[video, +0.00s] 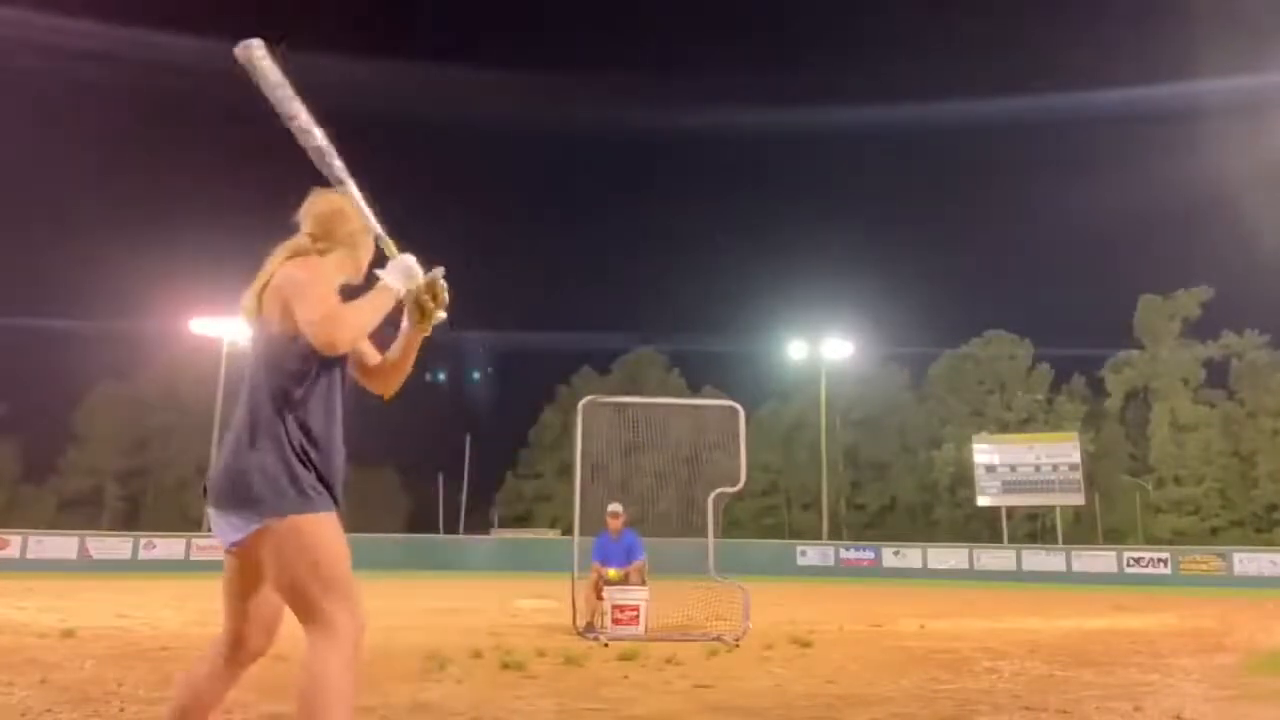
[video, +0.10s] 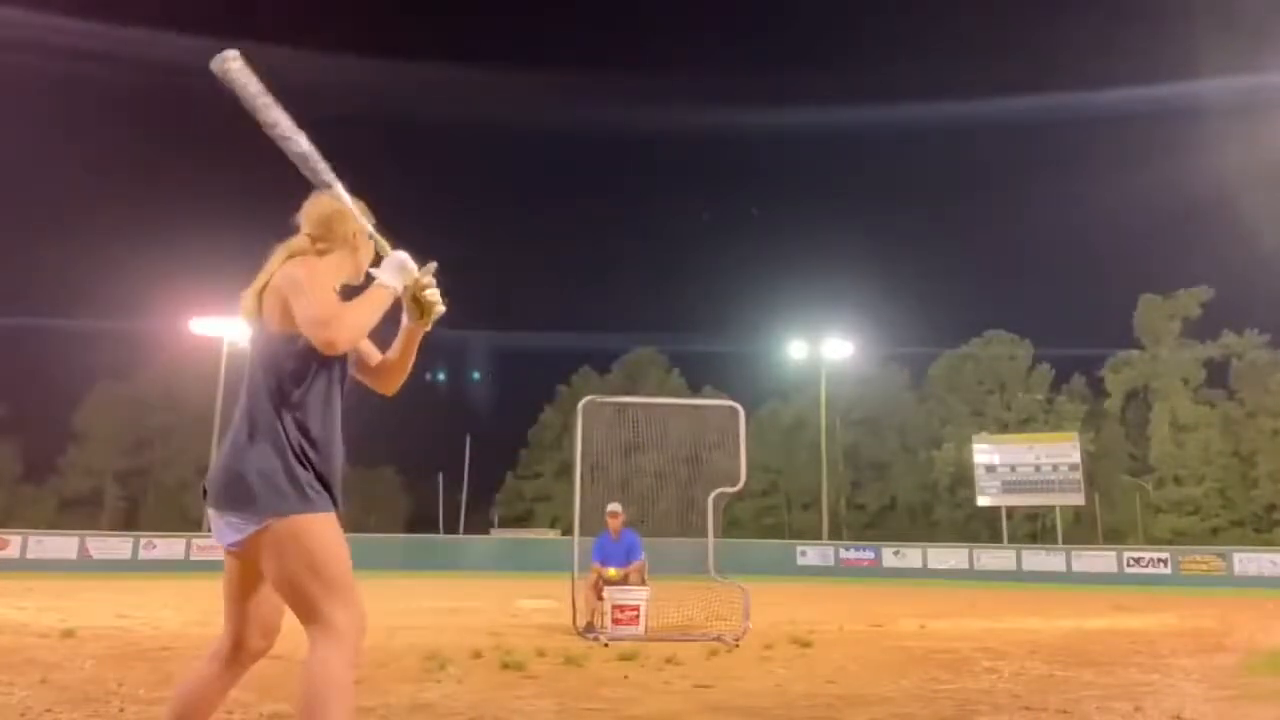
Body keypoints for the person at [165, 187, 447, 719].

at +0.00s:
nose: (373, 256)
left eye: (374, 245)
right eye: (370, 244)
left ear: (318, 234)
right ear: (352, 237)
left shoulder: (321, 294)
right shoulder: (302, 271)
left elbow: (382, 380)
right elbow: (330, 333)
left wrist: (417, 325)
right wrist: (392, 286)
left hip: (251, 477)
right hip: (278, 477)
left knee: (243, 641)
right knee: (338, 626)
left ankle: (179, 714)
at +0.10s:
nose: (372, 259)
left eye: (373, 250)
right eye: (370, 247)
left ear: (316, 234)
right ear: (354, 236)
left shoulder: (318, 296)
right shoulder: (302, 270)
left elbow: (385, 379)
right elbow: (330, 333)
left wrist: (416, 323)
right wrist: (388, 282)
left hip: (248, 476)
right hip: (275, 476)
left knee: (245, 640)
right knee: (339, 626)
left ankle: (177, 714)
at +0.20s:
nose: (368, 264)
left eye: (370, 256)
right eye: (368, 253)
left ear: (316, 234)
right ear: (354, 240)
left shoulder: (314, 293)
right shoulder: (302, 270)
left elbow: (387, 377)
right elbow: (331, 333)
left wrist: (415, 319)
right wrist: (386, 281)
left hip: (247, 476)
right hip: (274, 475)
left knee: (245, 640)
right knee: (339, 626)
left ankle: (177, 714)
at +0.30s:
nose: (367, 266)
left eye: (368, 260)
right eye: (367, 257)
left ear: (315, 235)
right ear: (355, 244)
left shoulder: (319, 297)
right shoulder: (302, 273)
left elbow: (390, 375)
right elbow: (333, 335)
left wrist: (417, 314)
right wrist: (385, 282)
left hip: (247, 477)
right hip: (274, 476)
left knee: (247, 639)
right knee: (341, 626)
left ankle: (177, 714)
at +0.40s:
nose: (370, 266)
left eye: (371, 259)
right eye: (368, 256)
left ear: (316, 237)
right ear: (354, 244)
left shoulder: (317, 296)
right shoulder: (305, 272)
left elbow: (392, 375)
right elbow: (335, 335)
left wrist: (419, 313)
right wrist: (385, 284)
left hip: (247, 475)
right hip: (274, 475)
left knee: (247, 640)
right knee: (341, 627)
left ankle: (177, 714)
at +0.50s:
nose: (378, 263)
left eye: (380, 257)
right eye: (376, 253)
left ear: (322, 236)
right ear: (360, 245)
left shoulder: (325, 297)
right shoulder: (315, 271)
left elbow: (398, 375)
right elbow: (342, 336)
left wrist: (423, 314)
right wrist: (390, 286)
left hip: (248, 475)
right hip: (274, 474)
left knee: (248, 639)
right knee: (345, 625)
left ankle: (176, 713)